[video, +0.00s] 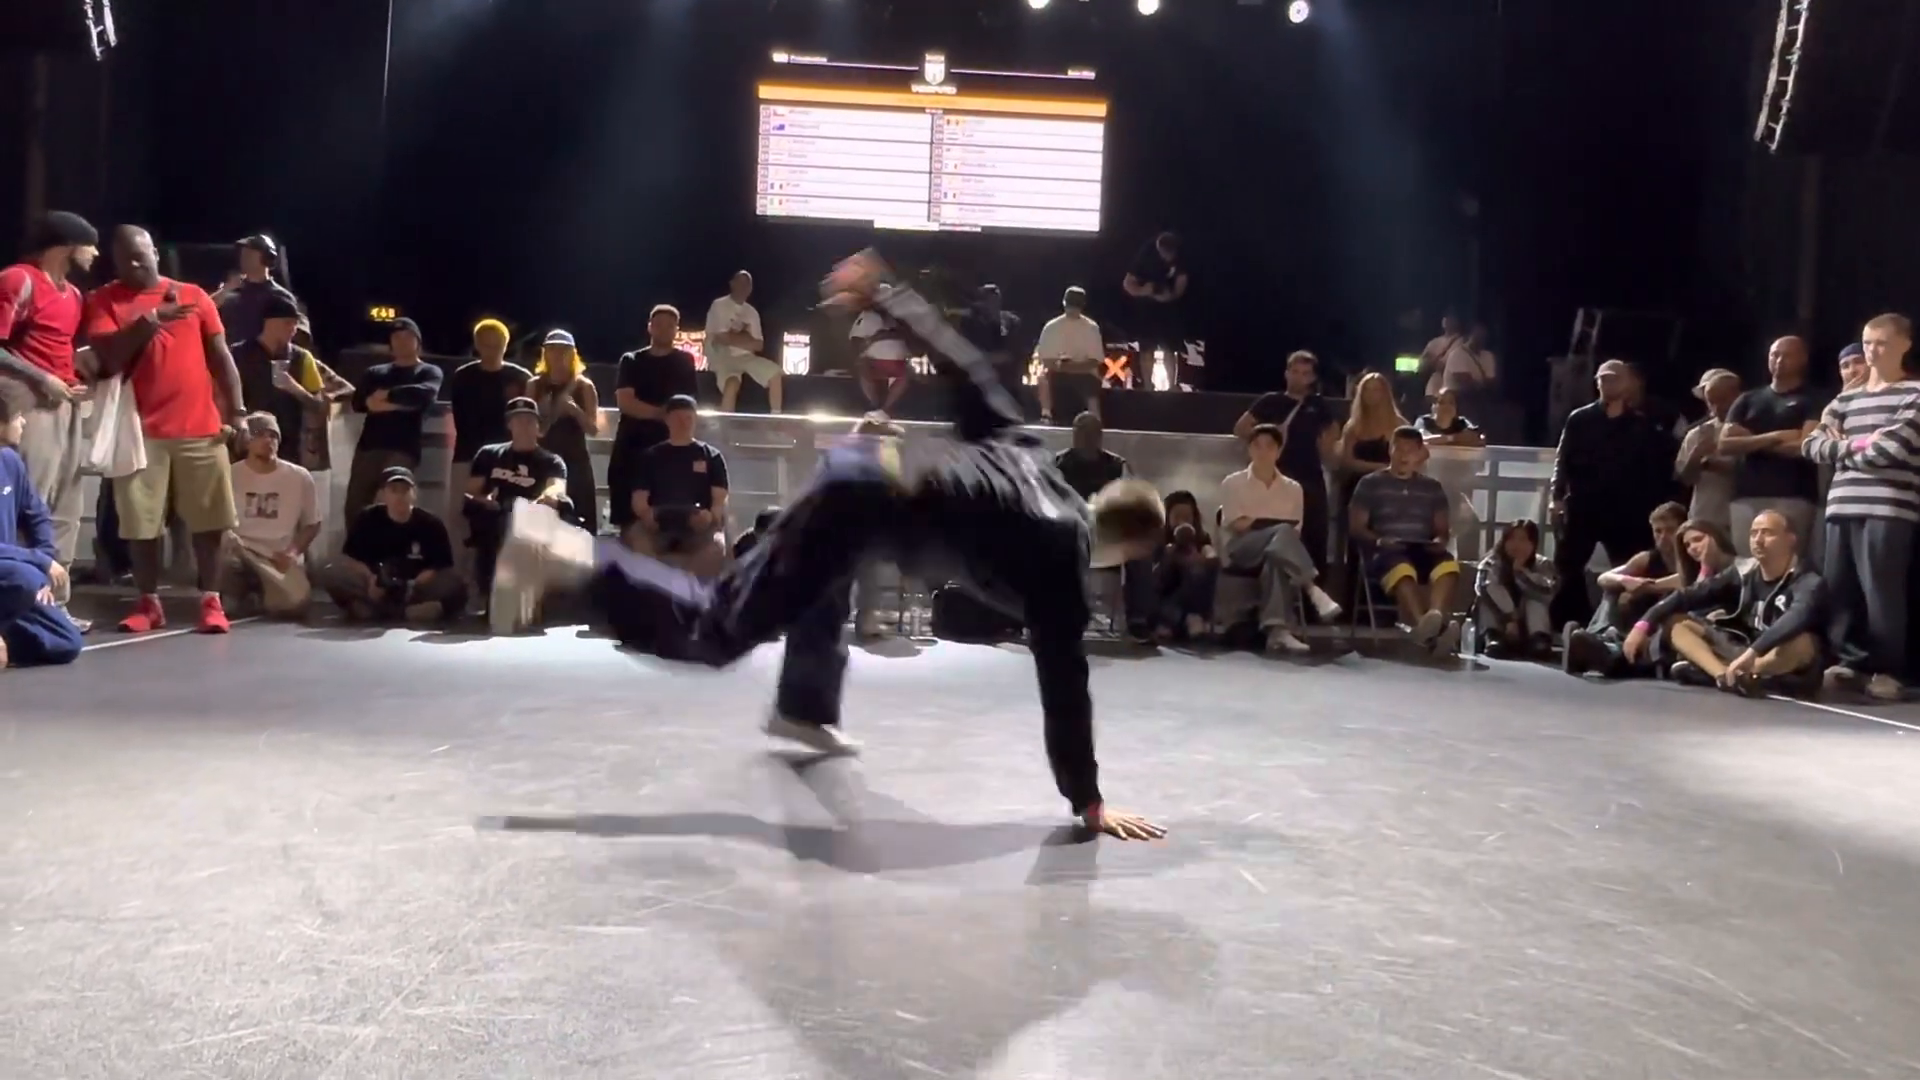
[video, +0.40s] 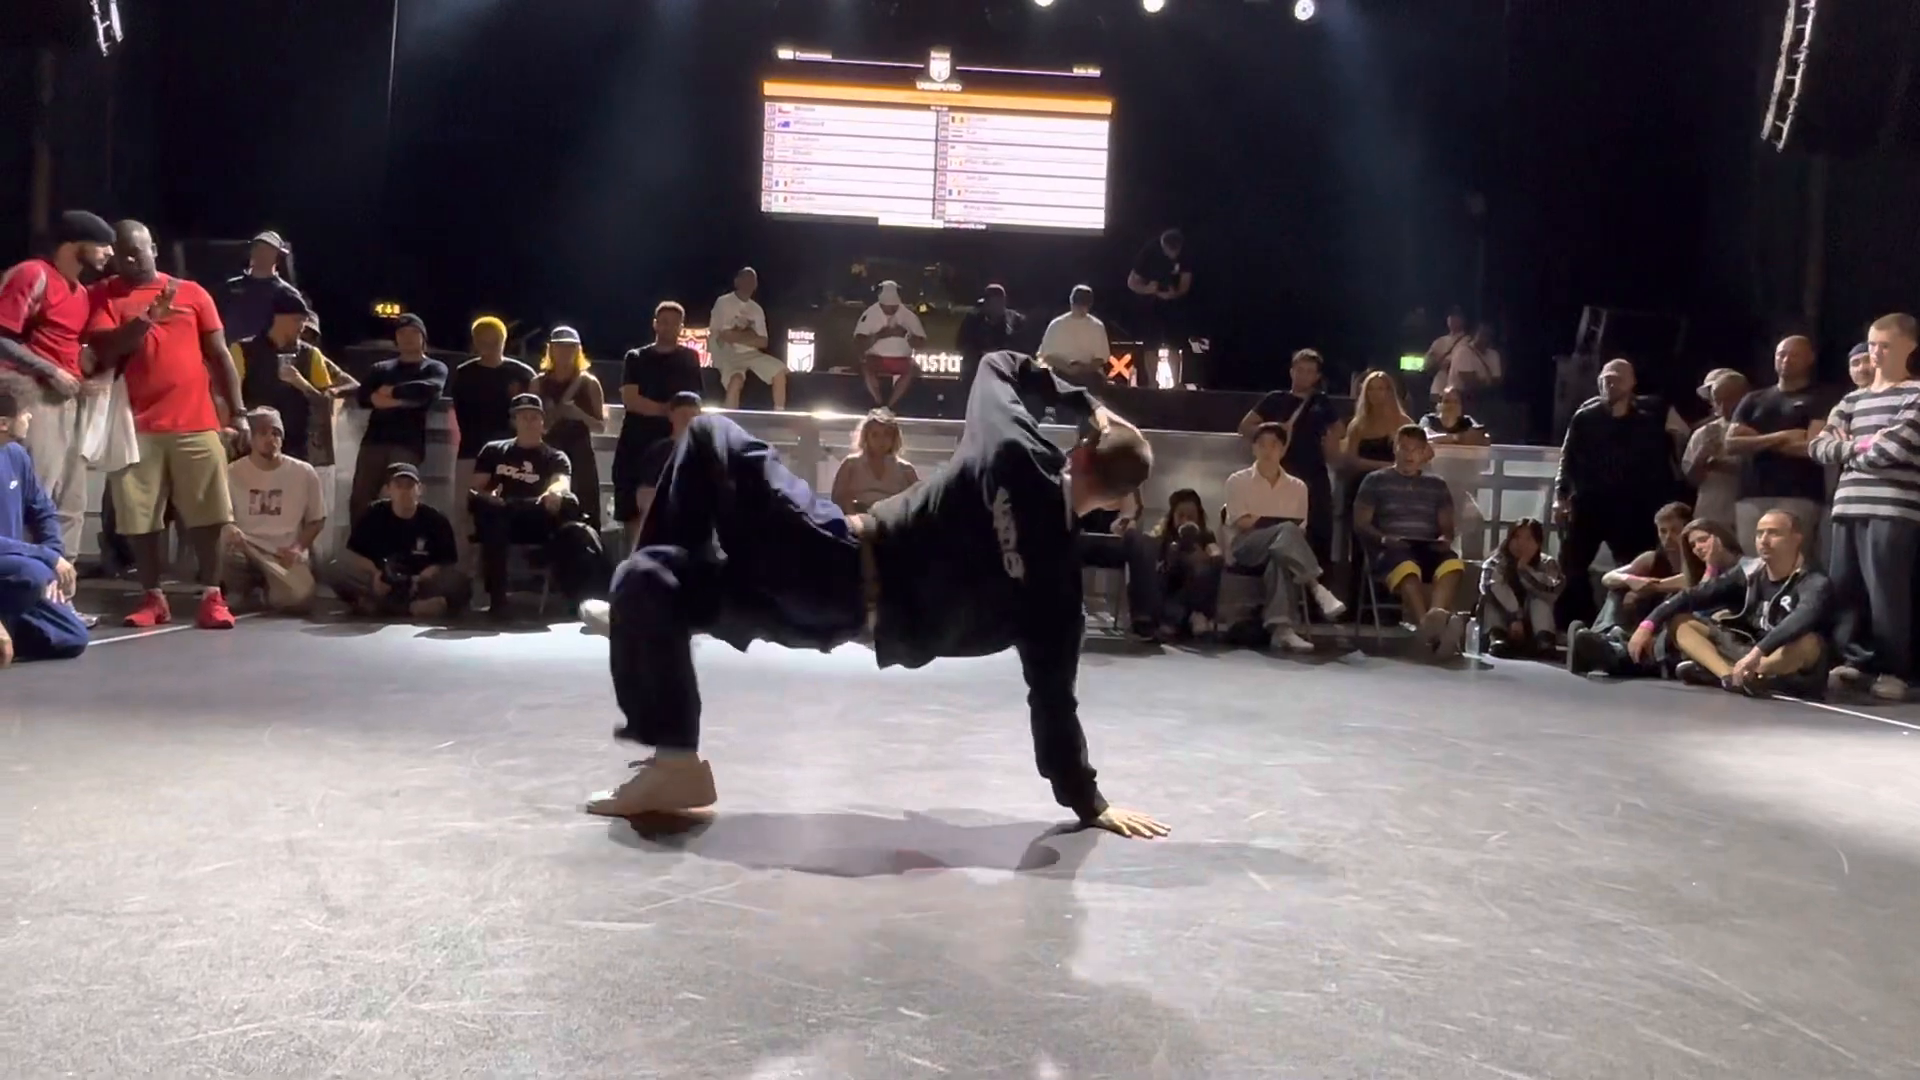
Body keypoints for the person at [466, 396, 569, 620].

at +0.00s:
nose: (524, 426)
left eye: (529, 421)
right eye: (519, 421)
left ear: (538, 427)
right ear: (509, 425)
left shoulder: (552, 462)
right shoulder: (489, 454)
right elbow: (470, 496)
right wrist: (487, 501)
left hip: (534, 525)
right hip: (496, 523)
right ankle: (485, 596)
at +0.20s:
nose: (526, 425)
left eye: (531, 420)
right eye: (521, 419)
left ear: (540, 425)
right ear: (511, 423)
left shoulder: (553, 459)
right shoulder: (491, 453)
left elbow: (558, 488)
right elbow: (472, 494)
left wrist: (552, 496)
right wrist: (489, 500)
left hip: (539, 519)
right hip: (502, 518)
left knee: (578, 534)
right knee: (486, 519)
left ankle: (608, 590)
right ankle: (494, 599)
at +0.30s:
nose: (527, 423)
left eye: (533, 418)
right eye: (522, 418)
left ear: (541, 424)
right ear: (512, 422)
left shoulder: (555, 458)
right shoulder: (492, 451)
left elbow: (560, 484)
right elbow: (473, 491)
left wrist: (553, 494)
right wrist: (488, 499)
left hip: (540, 519)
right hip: (503, 518)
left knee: (578, 534)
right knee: (488, 517)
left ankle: (604, 605)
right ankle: (496, 599)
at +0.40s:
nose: (530, 423)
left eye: (534, 417)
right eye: (524, 417)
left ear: (543, 423)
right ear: (514, 421)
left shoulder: (556, 457)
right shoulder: (493, 451)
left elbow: (561, 483)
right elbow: (475, 491)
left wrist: (555, 493)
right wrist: (490, 498)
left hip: (538, 515)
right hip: (502, 514)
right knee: (490, 518)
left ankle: (575, 601)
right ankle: (497, 598)